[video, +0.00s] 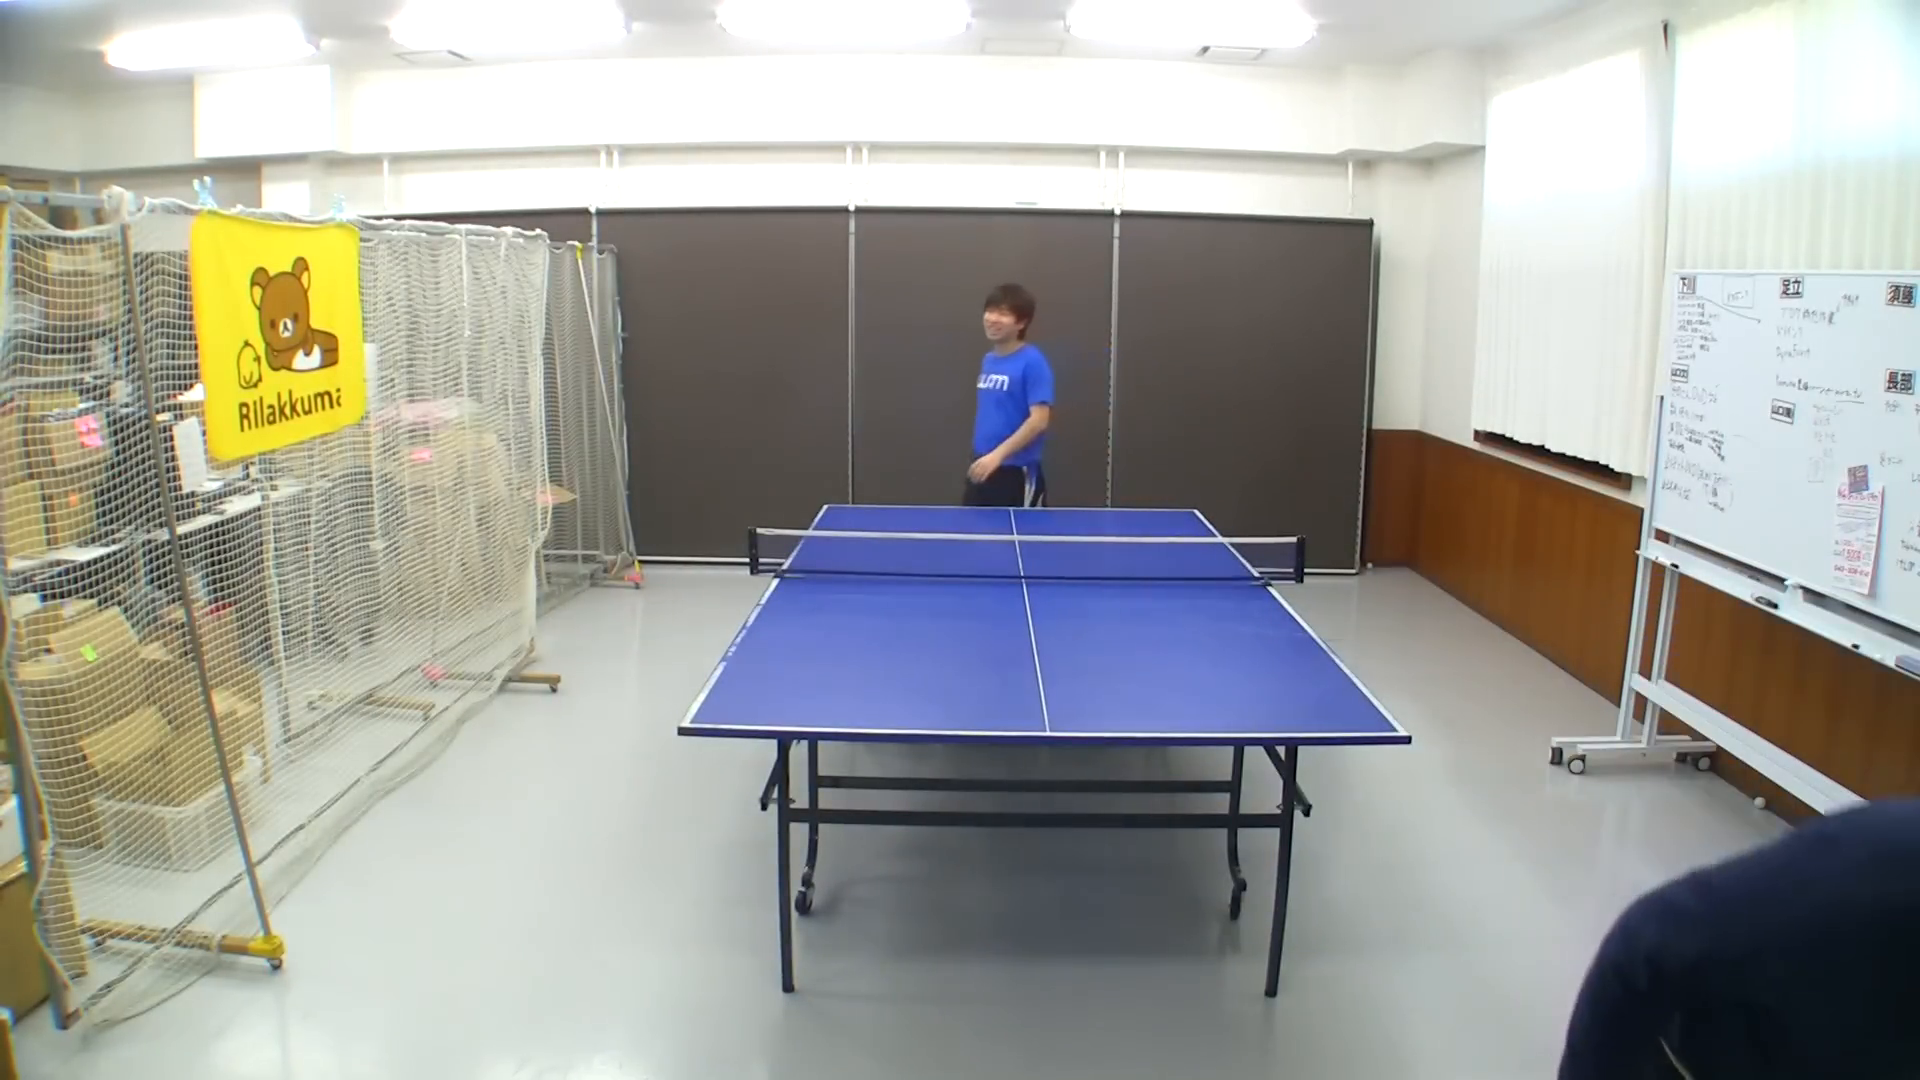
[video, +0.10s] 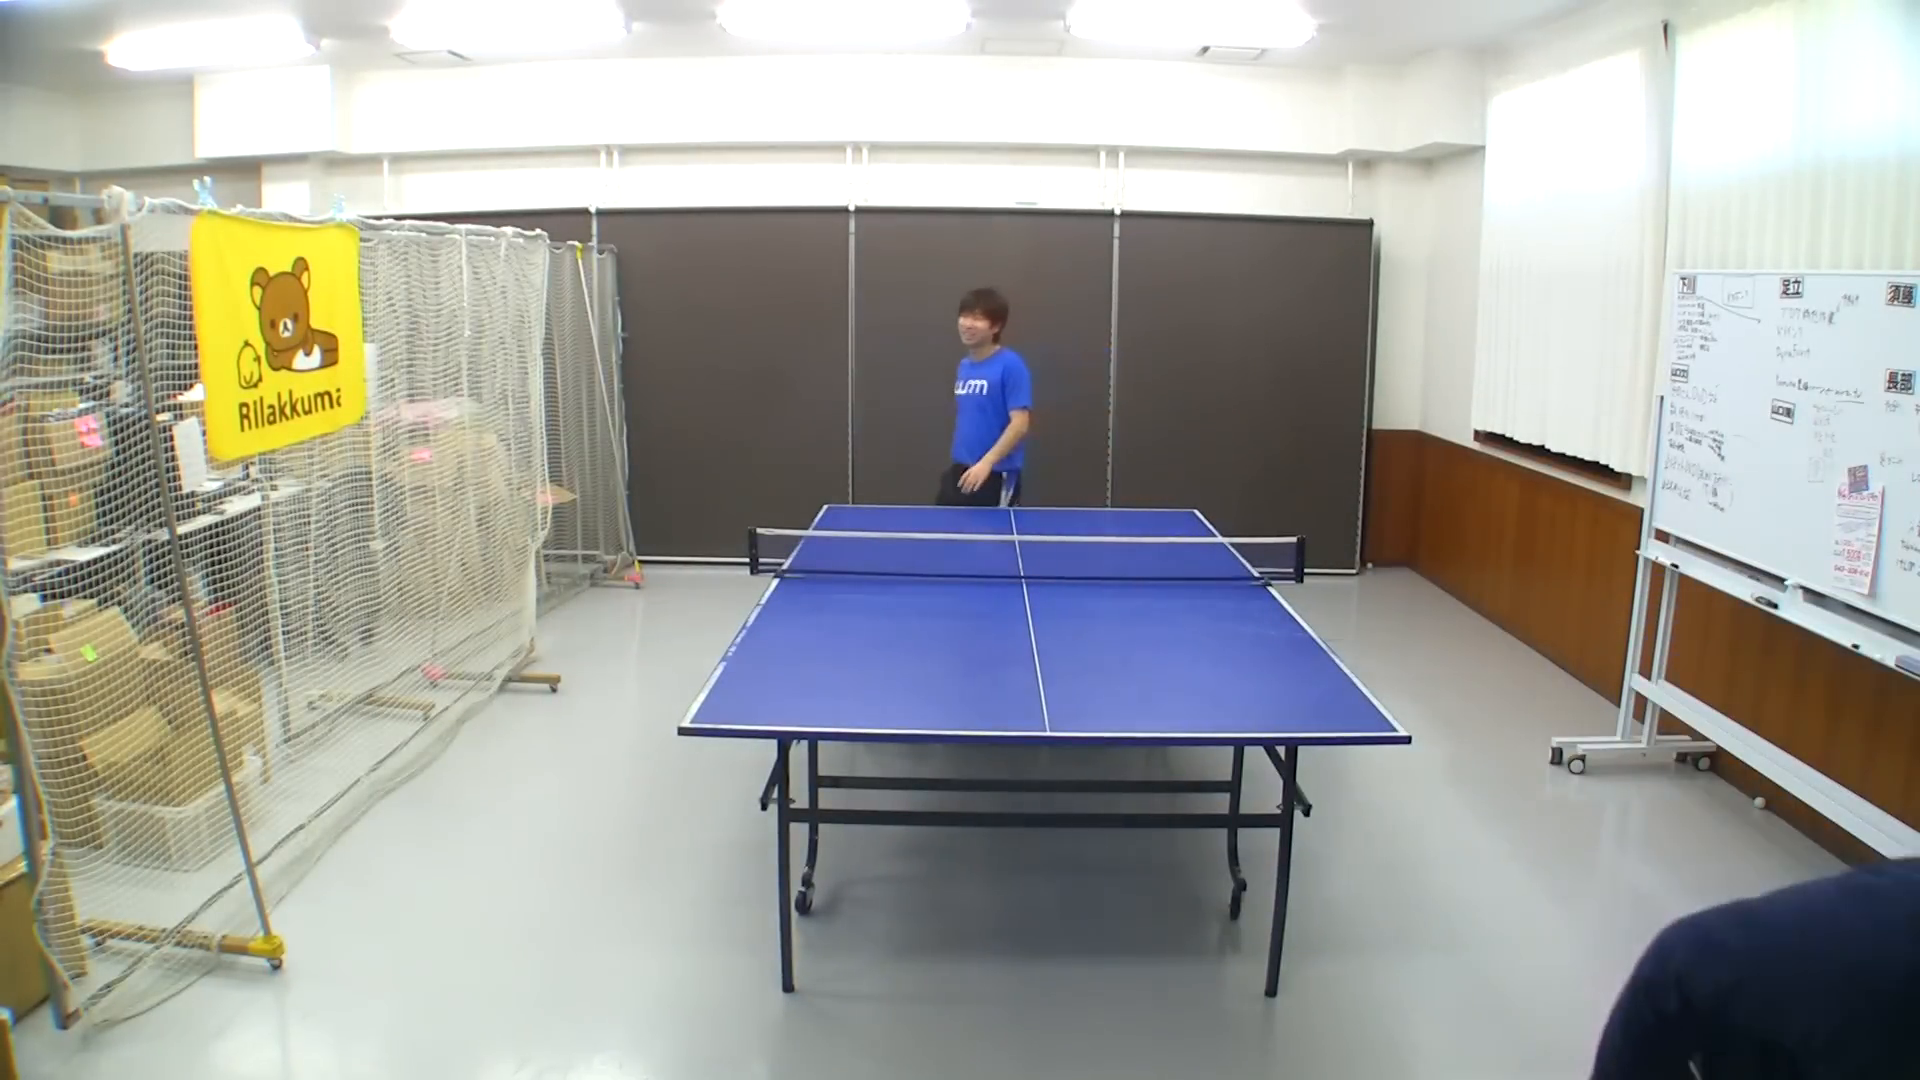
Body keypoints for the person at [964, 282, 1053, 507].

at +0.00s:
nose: (992, 319)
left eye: (1003, 314)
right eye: (989, 311)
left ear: (1021, 323)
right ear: (983, 315)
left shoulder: (1032, 361)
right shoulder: (989, 360)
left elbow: (1040, 418)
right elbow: (992, 411)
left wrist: (995, 456)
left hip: (1017, 471)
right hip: (982, 467)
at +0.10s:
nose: (967, 325)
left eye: (977, 319)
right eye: (964, 317)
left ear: (995, 327)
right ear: (958, 320)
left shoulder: (1011, 365)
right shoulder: (964, 366)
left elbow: (1020, 423)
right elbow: (969, 417)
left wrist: (984, 465)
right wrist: (959, 461)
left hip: (996, 475)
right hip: (960, 469)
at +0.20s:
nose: (945, 332)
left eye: (953, 324)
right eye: (941, 324)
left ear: (975, 323)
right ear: (936, 325)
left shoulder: (1001, 362)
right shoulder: (952, 363)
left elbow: (1007, 422)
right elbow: (950, 419)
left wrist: (985, 469)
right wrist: (932, 464)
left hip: (981, 472)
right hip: (948, 468)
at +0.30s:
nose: (932, 335)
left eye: (938, 327)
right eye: (928, 328)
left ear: (959, 320)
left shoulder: (992, 358)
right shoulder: (946, 359)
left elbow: (1004, 417)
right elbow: (940, 410)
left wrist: (989, 468)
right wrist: (904, 445)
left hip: (972, 468)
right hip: (941, 462)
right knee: (928, 530)